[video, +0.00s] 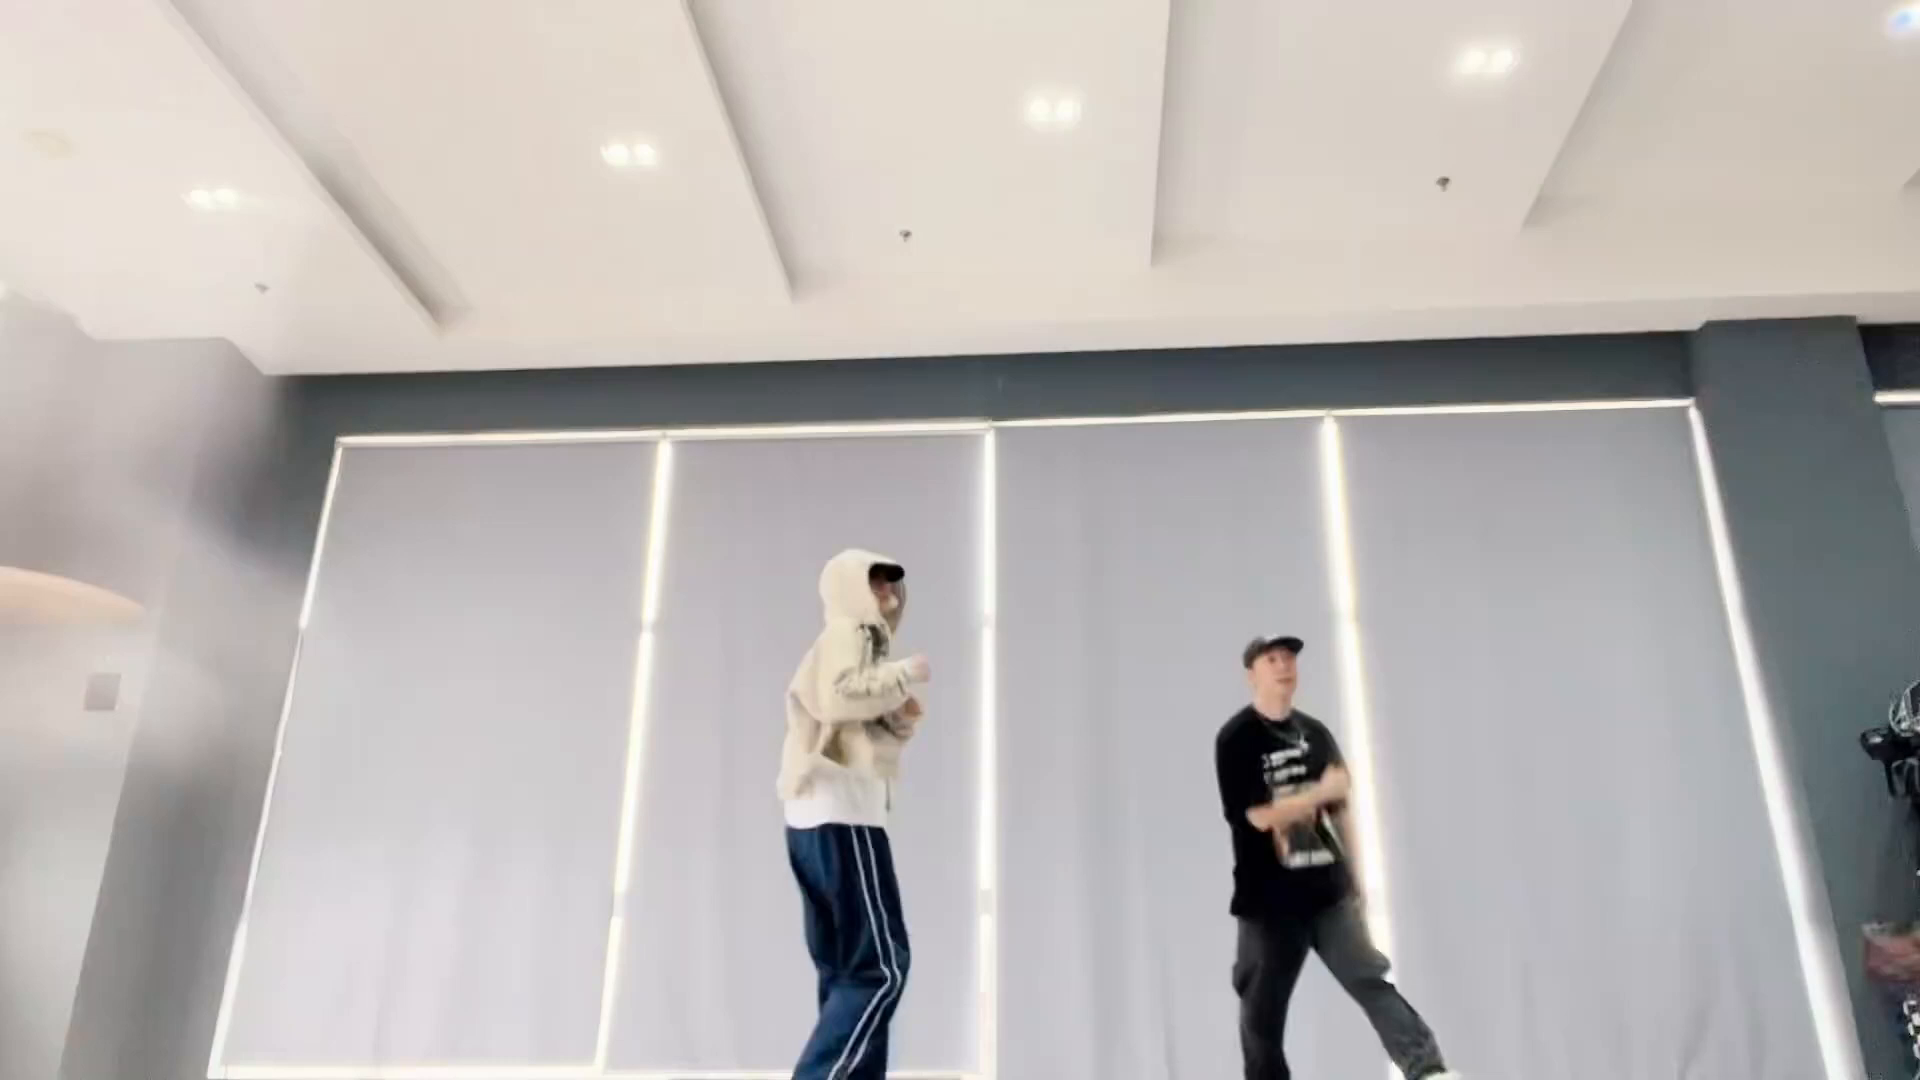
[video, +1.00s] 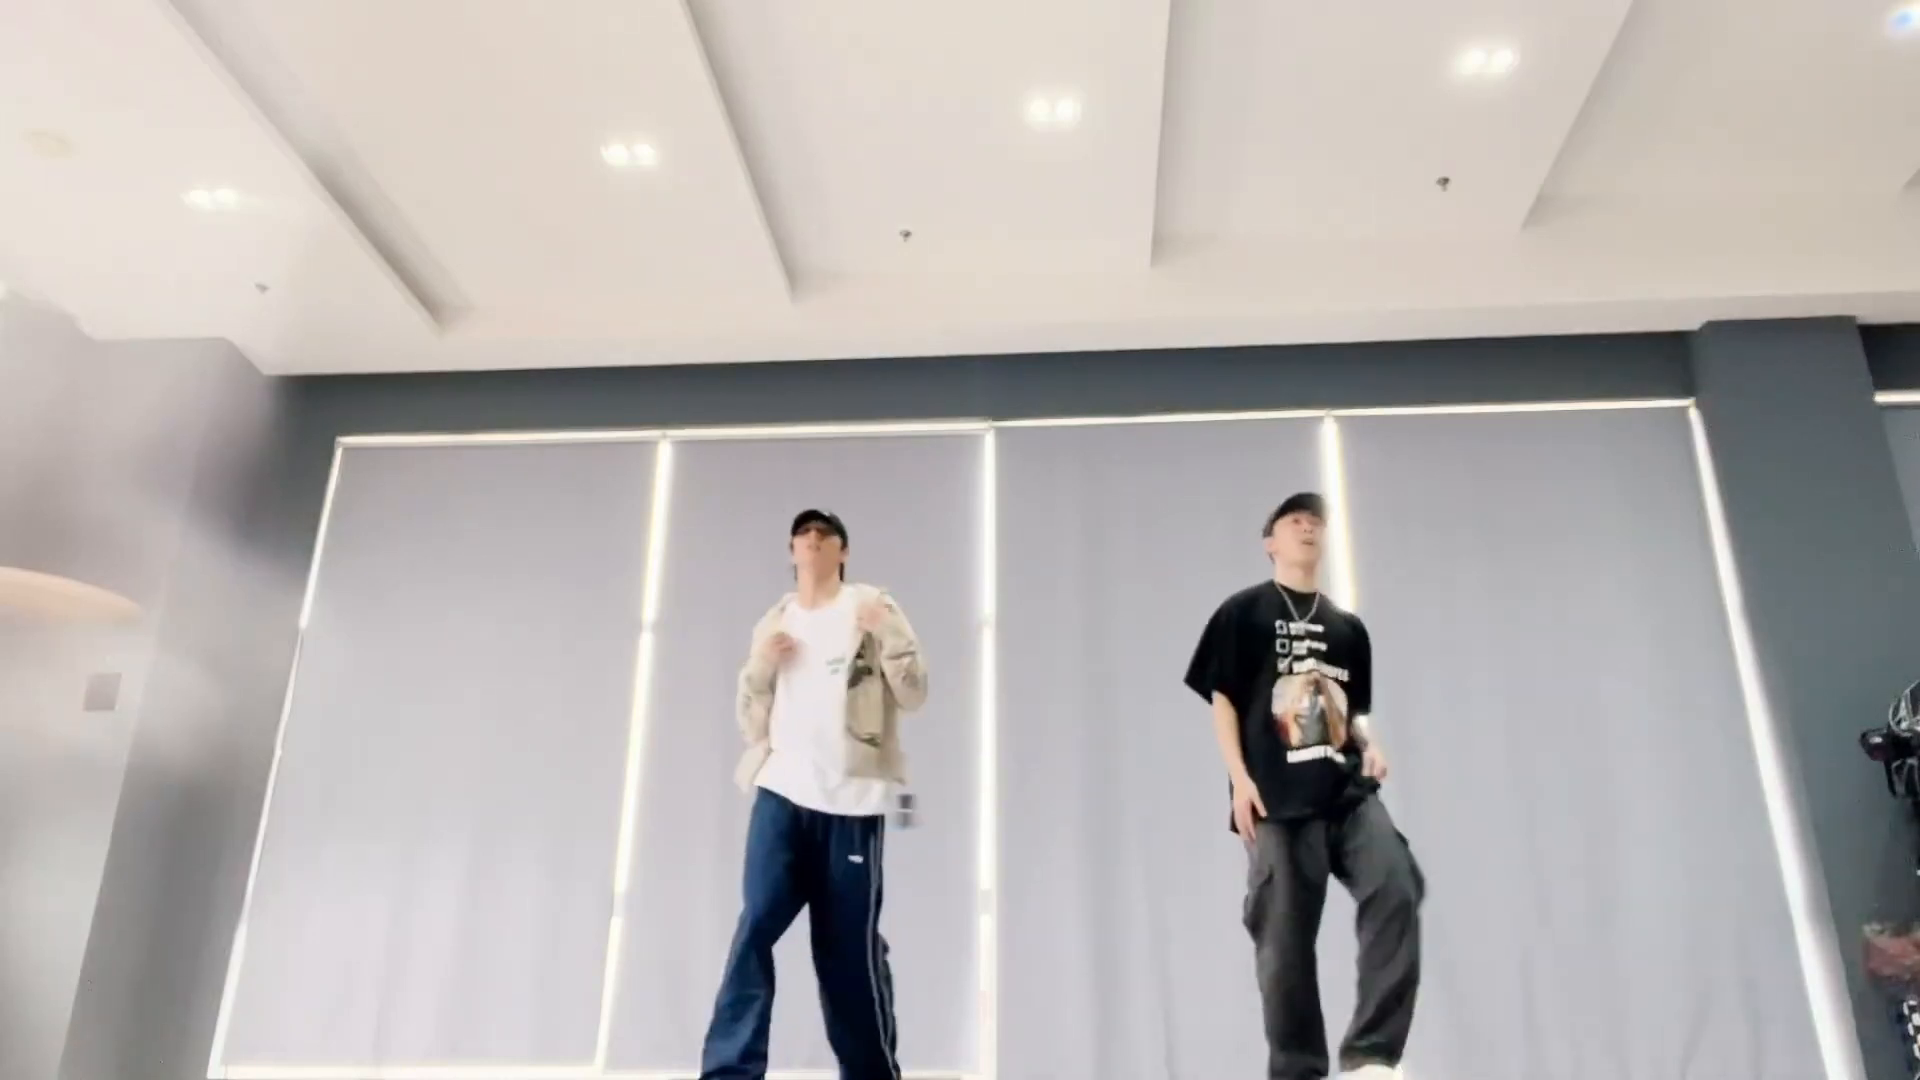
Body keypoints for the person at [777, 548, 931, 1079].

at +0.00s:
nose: (893, 592)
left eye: (894, 583)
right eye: (881, 582)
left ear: (844, 596)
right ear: (853, 588)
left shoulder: (840, 646)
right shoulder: (849, 633)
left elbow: (865, 746)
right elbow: (835, 699)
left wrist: (901, 723)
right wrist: (903, 675)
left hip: (817, 822)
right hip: (844, 818)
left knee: (845, 969)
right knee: (884, 964)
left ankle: (858, 1075)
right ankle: (823, 1075)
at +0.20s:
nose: (911, 581)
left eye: (917, 574)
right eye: (899, 569)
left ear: (918, 587)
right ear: (867, 572)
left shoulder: (901, 643)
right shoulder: (835, 614)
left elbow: (918, 721)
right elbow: (855, 610)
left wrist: (928, 642)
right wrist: (889, 583)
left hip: (865, 787)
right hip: (821, 778)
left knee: (874, 932)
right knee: (850, 928)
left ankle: (868, 1068)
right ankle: (822, 1067)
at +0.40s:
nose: (885, 574)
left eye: (896, 568)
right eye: (876, 565)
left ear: (907, 583)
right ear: (857, 576)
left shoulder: (924, 641)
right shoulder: (827, 624)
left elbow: (975, 664)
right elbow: (788, 596)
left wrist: (941, 600)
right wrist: (845, 558)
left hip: (882, 792)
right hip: (815, 777)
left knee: (875, 945)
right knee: (841, 883)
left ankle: (856, 1072)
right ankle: (807, 976)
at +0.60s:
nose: (866, 580)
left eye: (877, 572)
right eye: (858, 571)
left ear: (896, 585)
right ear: (844, 581)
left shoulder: (919, 634)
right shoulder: (815, 635)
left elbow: (971, 617)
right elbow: (759, 602)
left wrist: (926, 571)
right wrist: (822, 563)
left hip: (880, 808)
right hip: (810, 802)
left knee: (871, 951)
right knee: (785, 910)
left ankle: (858, 1072)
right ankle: (810, 1021)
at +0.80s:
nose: (844, 550)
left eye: (855, 543)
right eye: (836, 544)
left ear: (874, 560)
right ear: (825, 559)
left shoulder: (900, 608)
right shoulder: (801, 618)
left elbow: (944, 646)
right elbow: (731, 673)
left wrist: (932, 580)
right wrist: (757, 604)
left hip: (873, 797)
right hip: (803, 791)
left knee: (864, 944)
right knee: (776, 928)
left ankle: (868, 1072)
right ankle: (745, 1064)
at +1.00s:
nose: (812, 541)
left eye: (824, 533)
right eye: (803, 534)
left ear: (842, 551)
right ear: (791, 552)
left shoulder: (873, 606)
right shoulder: (774, 619)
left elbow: (912, 696)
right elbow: (753, 728)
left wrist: (886, 633)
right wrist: (759, 671)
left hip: (853, 800)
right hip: (781, 793)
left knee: (850, 948)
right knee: (755, 928)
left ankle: (872, 1074)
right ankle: (730, 1070)